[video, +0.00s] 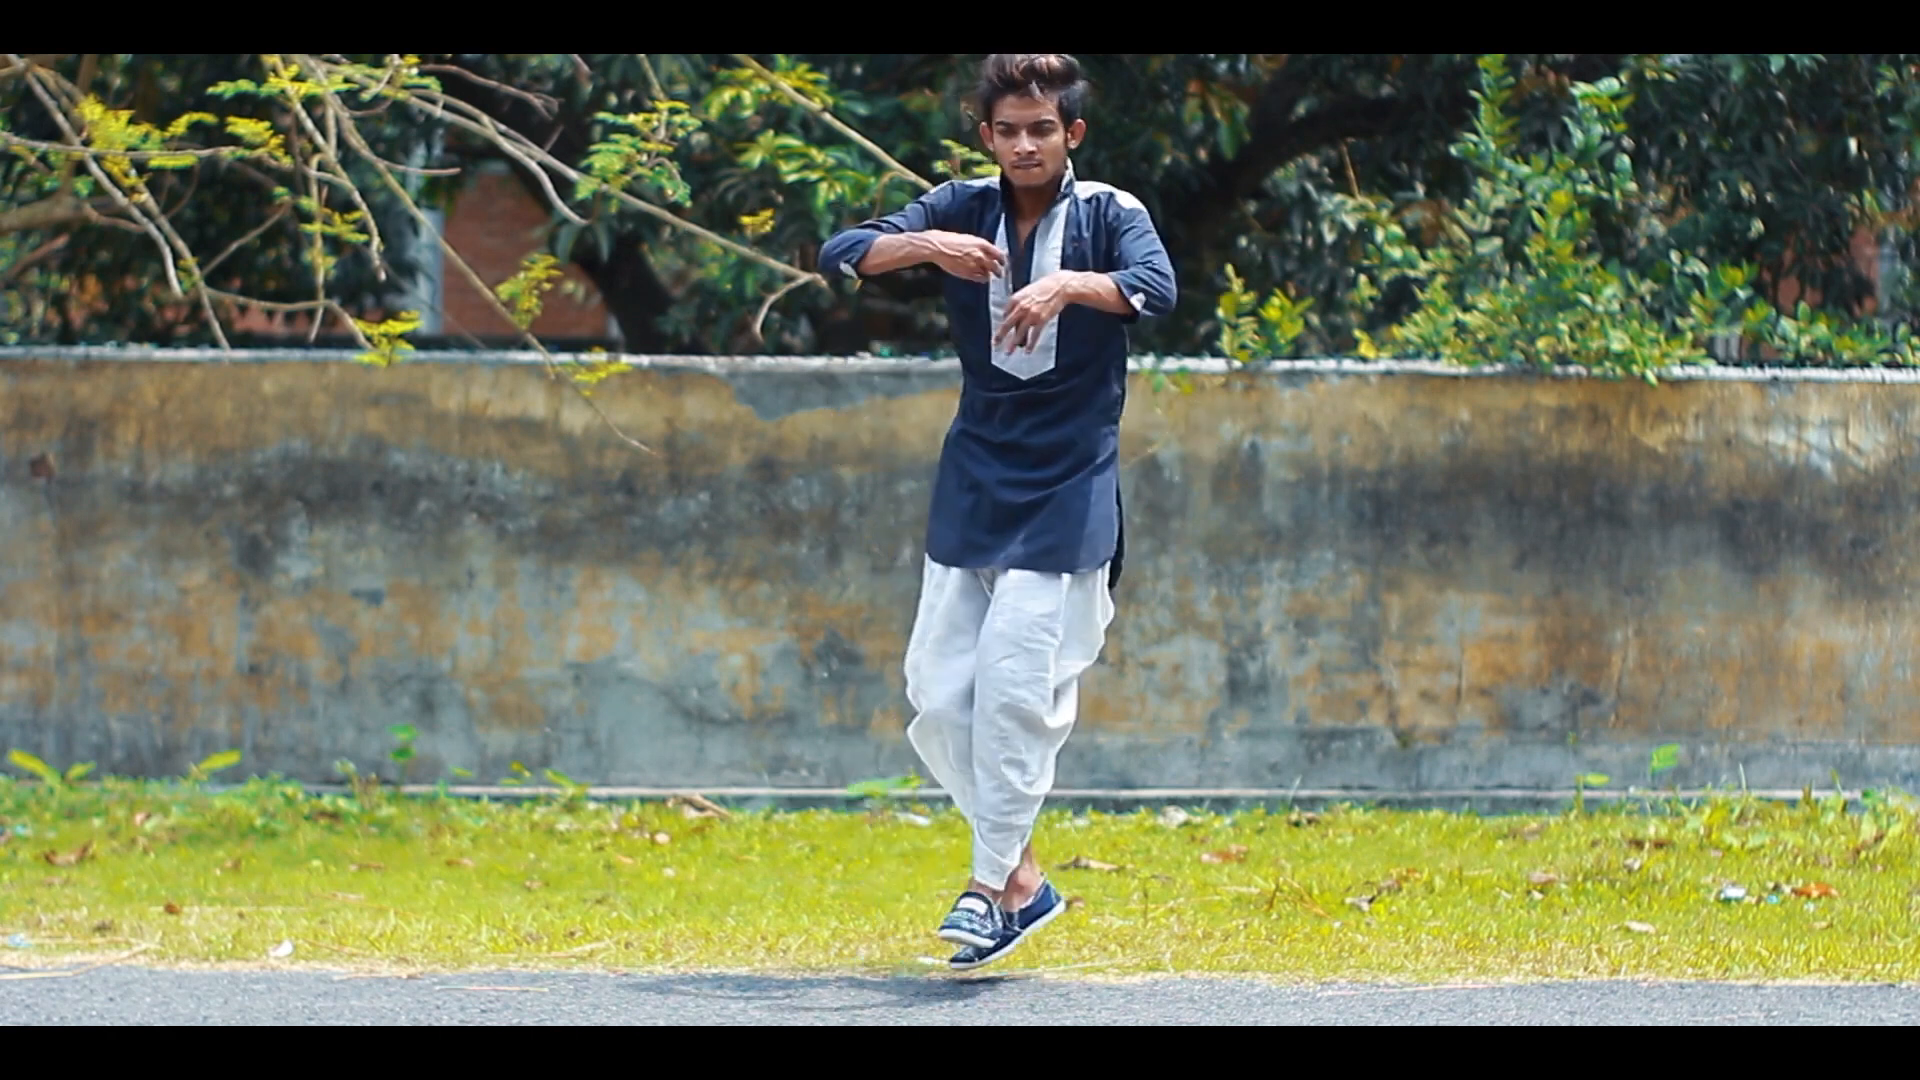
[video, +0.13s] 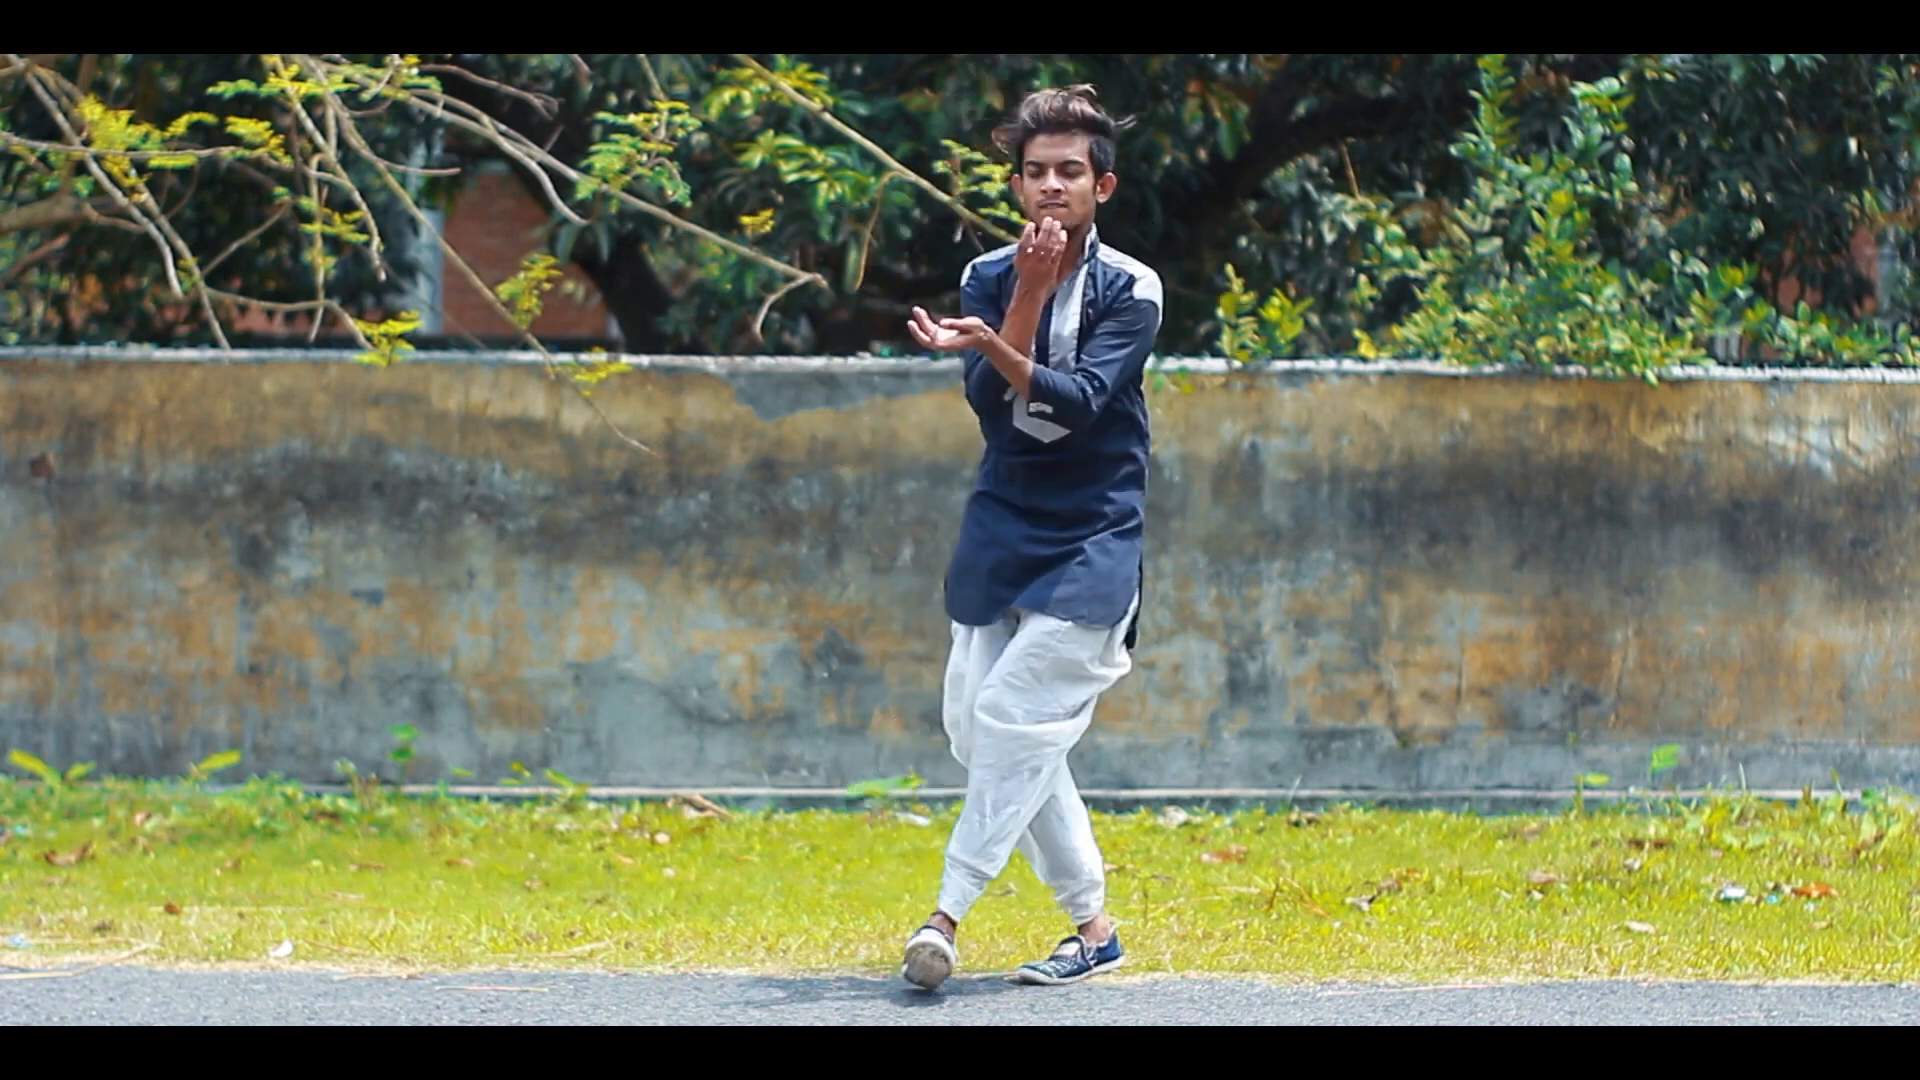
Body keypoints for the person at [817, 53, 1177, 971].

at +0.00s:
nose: (1023, 145)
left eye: (1040, 129)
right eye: (1008, 130)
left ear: (1073, 132)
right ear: (985, 132)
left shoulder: (1110, 212)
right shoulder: (959, 205)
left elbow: (1155, 289)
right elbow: (837, 253)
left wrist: (1066, 287)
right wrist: (924, 246)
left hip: (1067, 491)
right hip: (973, 485)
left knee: (1017, 690)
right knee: (936, 695)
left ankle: (986, 892)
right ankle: (1022, 884)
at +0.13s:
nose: (1053, 186)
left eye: (1071, 168)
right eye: (1037, 169)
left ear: (1103, 183)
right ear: (1014, 180)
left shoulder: (1130, 288)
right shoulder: (987, 280)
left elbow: (1083, 404)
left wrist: (984, 339)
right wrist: (1030, 294)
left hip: (1097, 533)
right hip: (1001, 525)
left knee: (1010, 710)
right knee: (989, 726)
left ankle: (943, 924)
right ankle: (1095, 929)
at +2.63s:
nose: (883, 258)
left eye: (897, 244)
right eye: (870, 237)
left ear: (904, 255)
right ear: (830, 235)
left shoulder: (874, 314)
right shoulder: (792, 319)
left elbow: (917, 275)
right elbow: (806, 239)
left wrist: (903, 232)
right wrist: (818, 198)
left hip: (909, 590)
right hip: (831, 589)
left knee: (1032, 718)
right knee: (818, 789)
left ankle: (1033, 924)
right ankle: (750, 947)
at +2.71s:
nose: (870, 228)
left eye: (884, 215)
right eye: (859, 208)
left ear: (894, 219)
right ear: (821, 199)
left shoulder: (867, 277)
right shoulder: (777, 279)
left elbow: (932, 253)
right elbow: (814, 183)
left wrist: (902, 195)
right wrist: (828, 149)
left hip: (926, 545)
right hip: (849, 552)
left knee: (1028, 710)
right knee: (816, 768)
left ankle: (1036, 917)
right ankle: (747, 940)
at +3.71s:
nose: (928, 171)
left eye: (941, 155)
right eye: (907, 161)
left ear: (965, 171)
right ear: (880, 188)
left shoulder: (977, 265)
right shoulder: (890, 271)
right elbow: (992, 315)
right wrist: (1138, 281)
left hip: (954, 538)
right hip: (863, 544)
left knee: (1052, 701)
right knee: (819, 754)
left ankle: (1071, 916)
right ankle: (781, 939)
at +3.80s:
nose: (949, 183)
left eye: (961, 166)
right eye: (927, 172)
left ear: (984, 180)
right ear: (898, 197)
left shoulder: (998, 274)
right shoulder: (919, 285)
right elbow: (1020, 330)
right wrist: (1168, 299)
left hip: (972, 557)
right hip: (879, 557)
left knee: (1061, 725)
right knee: (815, 754)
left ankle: (1094, 935)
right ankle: (774, 929)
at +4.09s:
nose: (993, 230)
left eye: (1005, 213)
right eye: (971, 219)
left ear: (1028, 224)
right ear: (944, 241)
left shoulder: (1037, 314)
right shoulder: (949, 328)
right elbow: (1073, 389)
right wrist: (1210, 351)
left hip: (992, 575)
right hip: (902, 576)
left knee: (1111, 719)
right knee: (843, 771)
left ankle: (1101, 921)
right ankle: (766, 943)